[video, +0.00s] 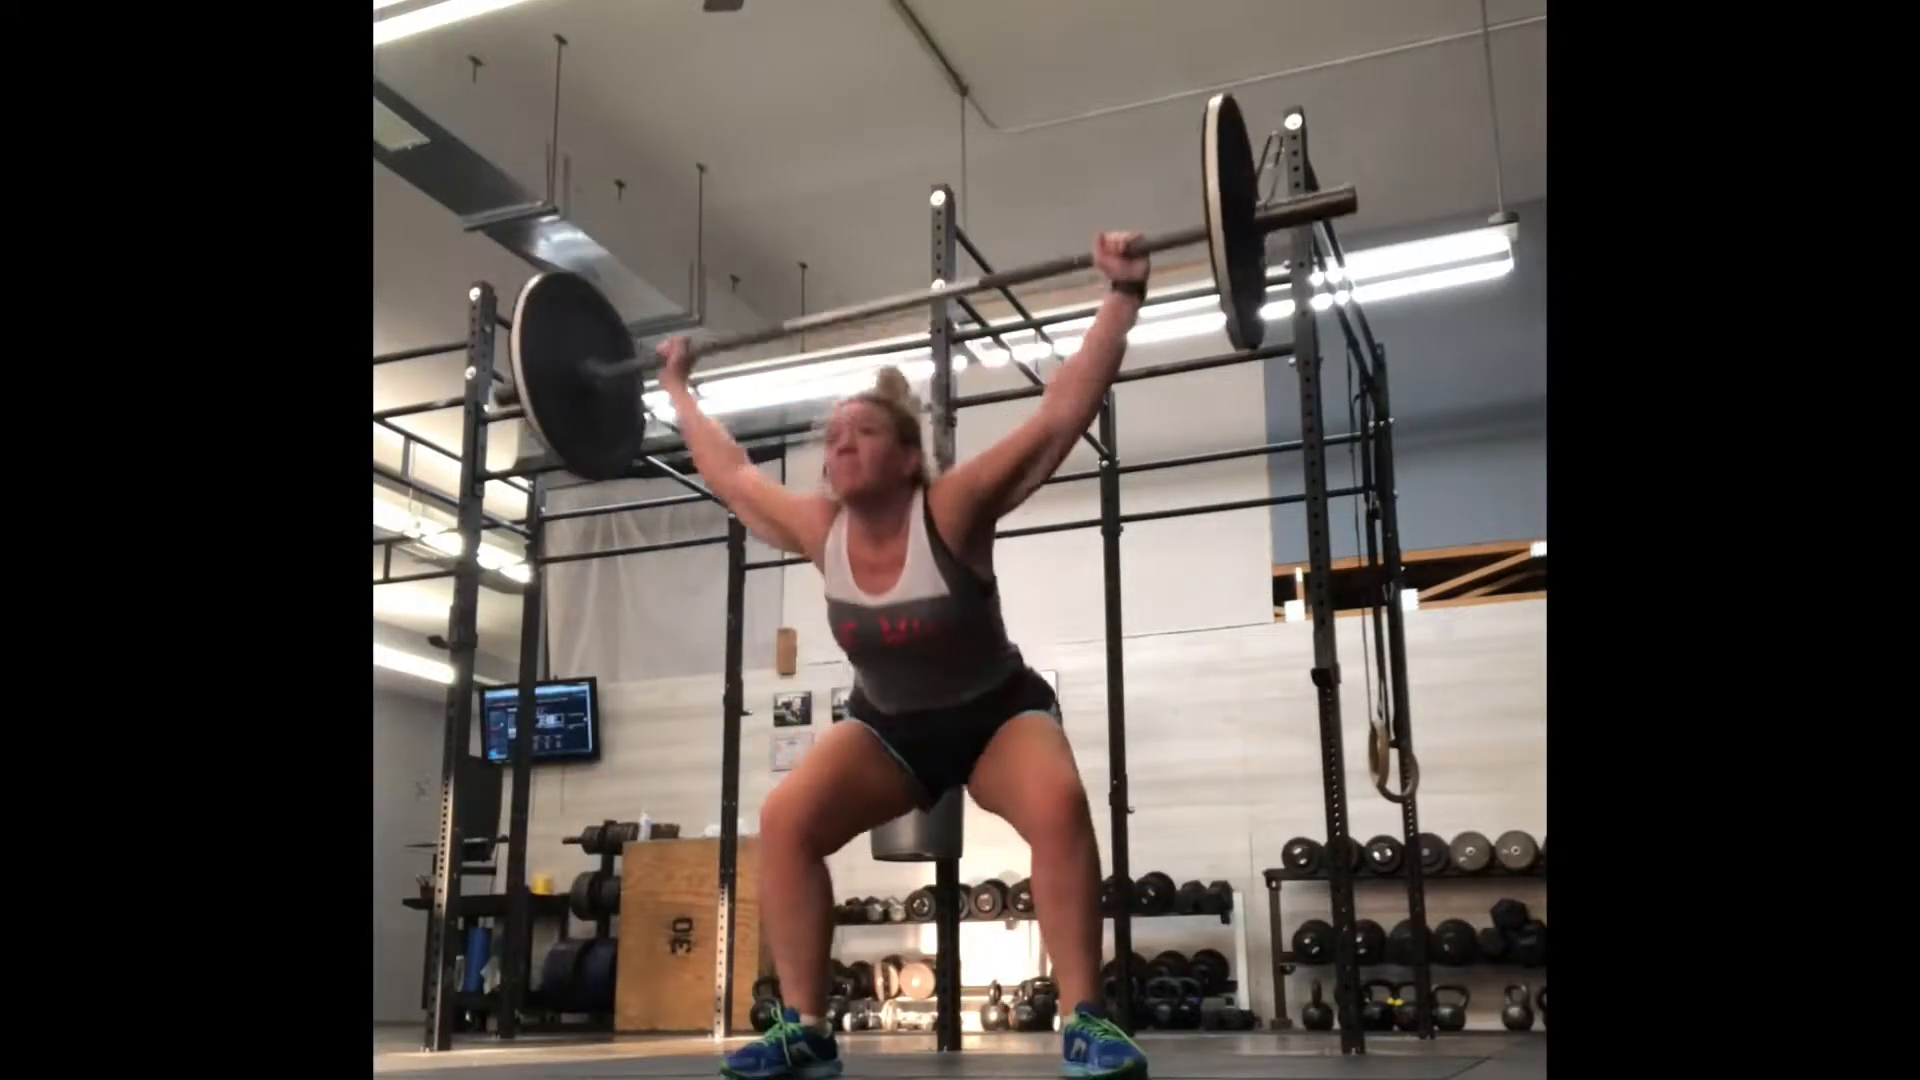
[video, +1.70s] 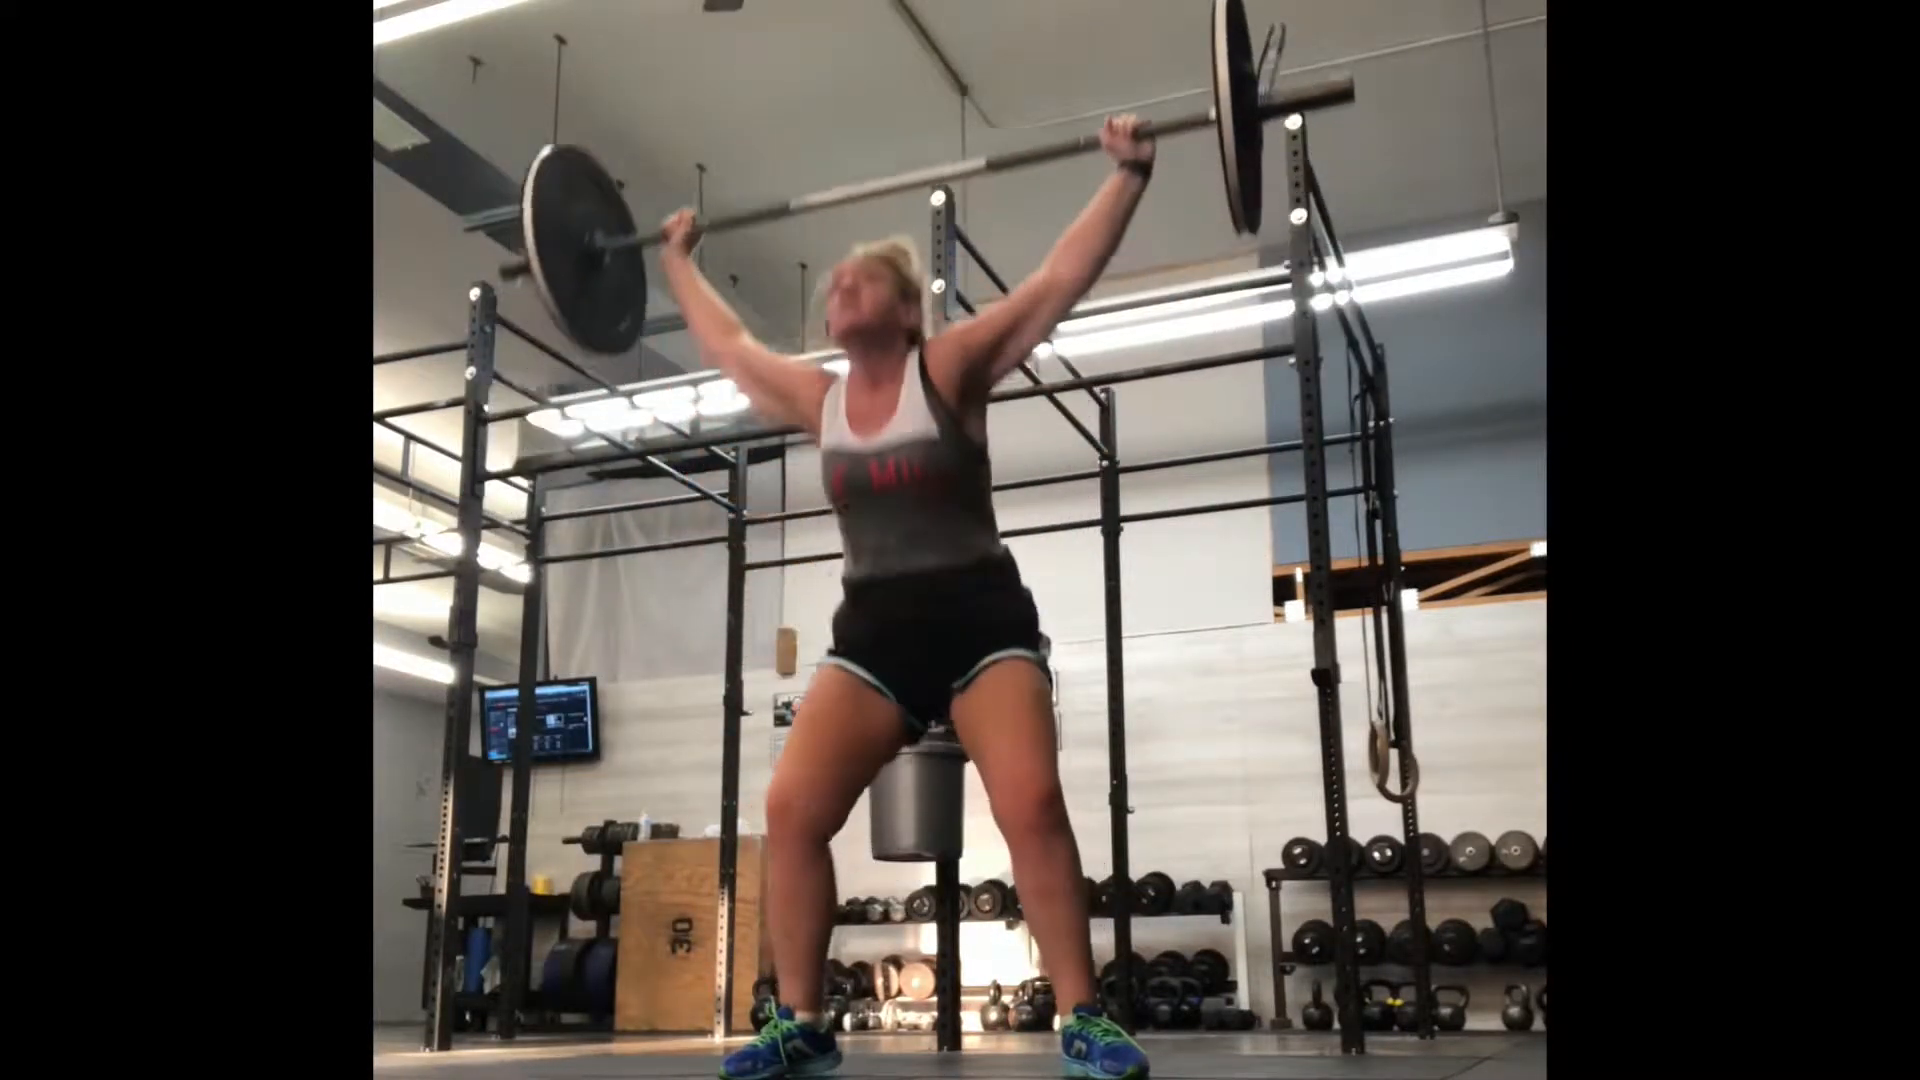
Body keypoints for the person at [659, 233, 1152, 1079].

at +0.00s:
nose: (843, 445)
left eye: (864, 432)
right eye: (833, 436)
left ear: (906, 452)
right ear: (825, 455)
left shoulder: (956, 503)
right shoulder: (818, 526)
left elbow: (1061, 417)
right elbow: (730, 476)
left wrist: (1120, 298)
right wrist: (675, 388)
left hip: (998, 719)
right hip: (888, 732)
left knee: (1061, 809)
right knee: (785, 820)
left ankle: (1081, 1017)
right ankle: (803, 1026)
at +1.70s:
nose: (835, 292)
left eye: (853, 282)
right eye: (833, 284)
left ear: (903, 303)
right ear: (831, 312)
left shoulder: (954, 361)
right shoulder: (821, 395)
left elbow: (1056, 279)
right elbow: (727, 344)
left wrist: (1127, 178)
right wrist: (676, 258)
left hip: (982, 623)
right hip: (872, 635)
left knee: (1034, 808)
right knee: (790, 810)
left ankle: (1080, 1015)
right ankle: (800, 1019)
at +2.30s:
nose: (841, 285)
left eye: (857, 273)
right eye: (829, 276)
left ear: (896, 288)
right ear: (818, 294)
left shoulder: (936, 356)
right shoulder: (800, 374)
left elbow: (1025, 261)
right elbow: (716, 315)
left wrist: (1098, 163)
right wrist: (671, 236)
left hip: (924, 602)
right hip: (817, 613)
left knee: (986, 795)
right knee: (828, 818)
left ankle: (1079, 993)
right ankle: (806, 1025)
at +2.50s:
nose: (821, 596)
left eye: (841, 581)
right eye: (813, 583)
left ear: (886, 601)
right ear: (806, 600)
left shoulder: (940, 672)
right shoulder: (811, 694)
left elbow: (1034, 794)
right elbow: (756, 812)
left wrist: (1118, 899)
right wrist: (680, 917)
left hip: (974, 819)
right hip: (887, 827)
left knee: (1016, 844)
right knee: (780, 850)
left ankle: (1036, 1020)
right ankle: (844, 1024)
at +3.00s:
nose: (823, 503)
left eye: (841, 486)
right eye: (814, 488)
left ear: (888, 497)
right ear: (805, 497)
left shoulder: (945, 566)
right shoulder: (817, 593)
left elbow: (1052, 669)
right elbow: (755, 698)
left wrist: (1116, 783)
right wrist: (696, 799)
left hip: (1000, 703)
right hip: (904, 715)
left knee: (1011, 828)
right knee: (842, 838)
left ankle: (1040, 1019)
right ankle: (843, 1024)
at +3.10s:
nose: (833, 442)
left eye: (851, 426)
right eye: (825, 429)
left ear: (892, 438)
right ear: (818, 447)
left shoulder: (949, 518)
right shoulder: (819, 542)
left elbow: (1063, 603)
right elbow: (749, 633)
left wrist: (1111, 716)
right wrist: (696, 735)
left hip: (995, 682)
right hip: (898, 694)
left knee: (1016, 819)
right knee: (837, 832)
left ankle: (1041, 1016)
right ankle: (843, 1023)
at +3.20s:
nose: (860, 372)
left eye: (876, 358)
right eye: (859, 358)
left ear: (921, 369)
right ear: (855, 375)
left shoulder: (965, 454)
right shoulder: (840, 477)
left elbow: (1084, 499)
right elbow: (744, 545)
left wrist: (1101, 600)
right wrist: (688, 627)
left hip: (986, 674)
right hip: (886, 680)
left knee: (1002, 825)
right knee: (826, 831)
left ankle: (1039, 1013)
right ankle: (840, 1020)